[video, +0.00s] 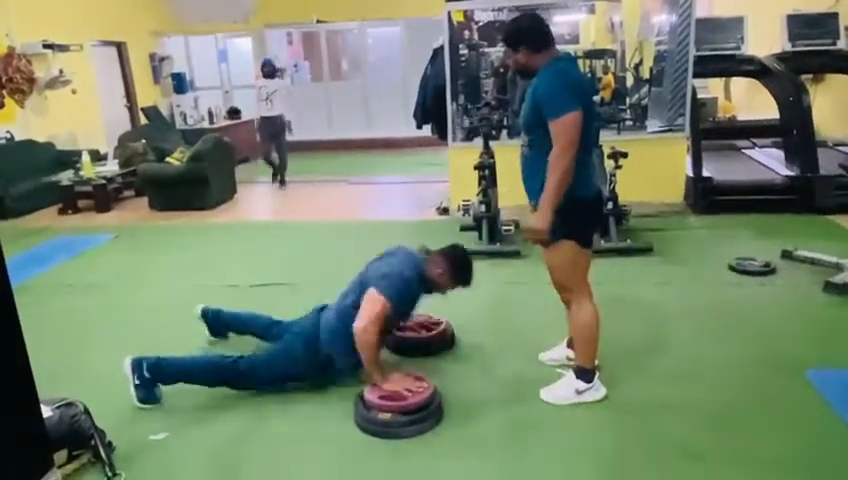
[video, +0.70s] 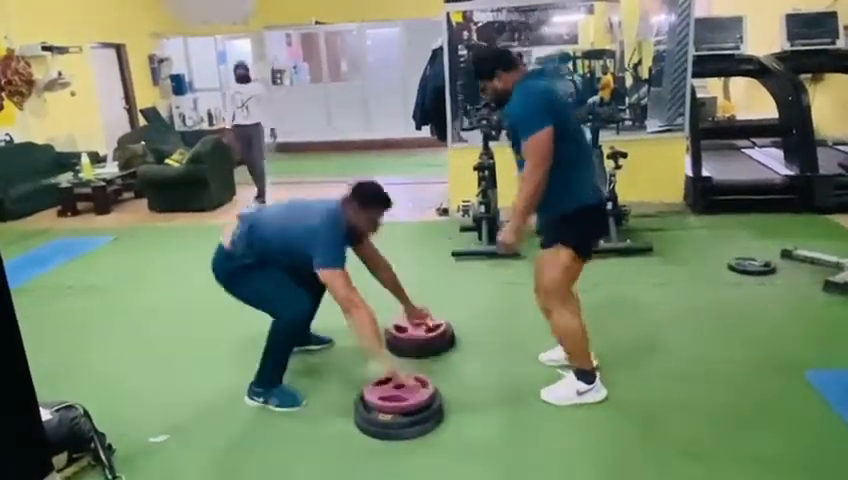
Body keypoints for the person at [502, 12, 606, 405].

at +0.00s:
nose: (510, 61)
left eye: (512, 53)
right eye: (509, 53)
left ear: (527, 49)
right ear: (542, 42)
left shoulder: (556, 81)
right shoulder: (558, 74)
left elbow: (565, 150)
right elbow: (567, 147)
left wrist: (545, 210)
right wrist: (548, 202)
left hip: (570, 201)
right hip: (566, 197)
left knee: (575, 290)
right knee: (568, 282)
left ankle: (586, 379)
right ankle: (577, 346)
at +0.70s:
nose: (487, 95)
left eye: (487, 86)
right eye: (484, 88)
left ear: (502, 75)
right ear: (506, 73)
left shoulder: (529, 98)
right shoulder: (535, 91)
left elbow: (538, 164)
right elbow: (539, 162)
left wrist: (516, 220)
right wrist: (521, 212)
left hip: (574, 207)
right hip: (571, 204)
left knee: (552, 291)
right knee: (553, 284)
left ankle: (586, 378)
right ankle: (575, 347)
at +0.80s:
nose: (483, 127)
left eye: (483, 118)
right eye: (480, 119)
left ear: (495, 108)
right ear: (505, 104)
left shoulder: (517, 130)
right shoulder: (534, 120)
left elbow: (525, 192)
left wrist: (493, 240)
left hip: (578, 229)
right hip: (567, 223)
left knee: (535, 307)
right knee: (526, 281)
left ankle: (583, 377)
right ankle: (572, 346)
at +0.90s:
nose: (478, 170)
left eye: (478, 162)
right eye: (475, 163)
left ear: (491, 152)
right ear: (498, 146)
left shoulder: (518, 175)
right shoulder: (517, 163)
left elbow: (509, 248)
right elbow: (506, 221)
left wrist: (468, 286)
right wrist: (478, 249)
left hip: (576, 267)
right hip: (558, 257)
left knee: (514, 323)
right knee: (509, 290)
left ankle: (578, 375)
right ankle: (566, 340)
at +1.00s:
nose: (469, 214)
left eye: (471, 207)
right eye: (467, 208)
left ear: (486, 200)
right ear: (490, 195)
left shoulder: (512, 220)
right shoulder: (508, 207)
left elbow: (494, 289)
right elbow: (491, 261)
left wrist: (448, 325)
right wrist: (456, 284)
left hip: (575, 306)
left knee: (500, 336)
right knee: (498, 299)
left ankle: (575, 372)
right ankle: (564, 338)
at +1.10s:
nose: (452, 252)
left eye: (451, 245)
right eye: (448, 246)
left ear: (464, 234)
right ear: (467, 226)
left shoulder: (490, 247)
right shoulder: (488, 230)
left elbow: (469, 318)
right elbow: (470, 285)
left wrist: (427, 355)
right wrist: (439, 310)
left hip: (574, 312)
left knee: (498, 339)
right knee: (491, 298)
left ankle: (574, 371)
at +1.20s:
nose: (429, 286)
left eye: (425, 282)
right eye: (425, 283)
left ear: (427, 271)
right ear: (431, 255)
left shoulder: (452, 270)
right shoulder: (451, 253)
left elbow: (452, 338)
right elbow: (450, 298)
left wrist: (414, 370)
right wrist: (430, 320)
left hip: (572, 276)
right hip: (570, 259)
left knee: (512, 338)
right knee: (519, 313)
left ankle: (581, 373)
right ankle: (569, 340)